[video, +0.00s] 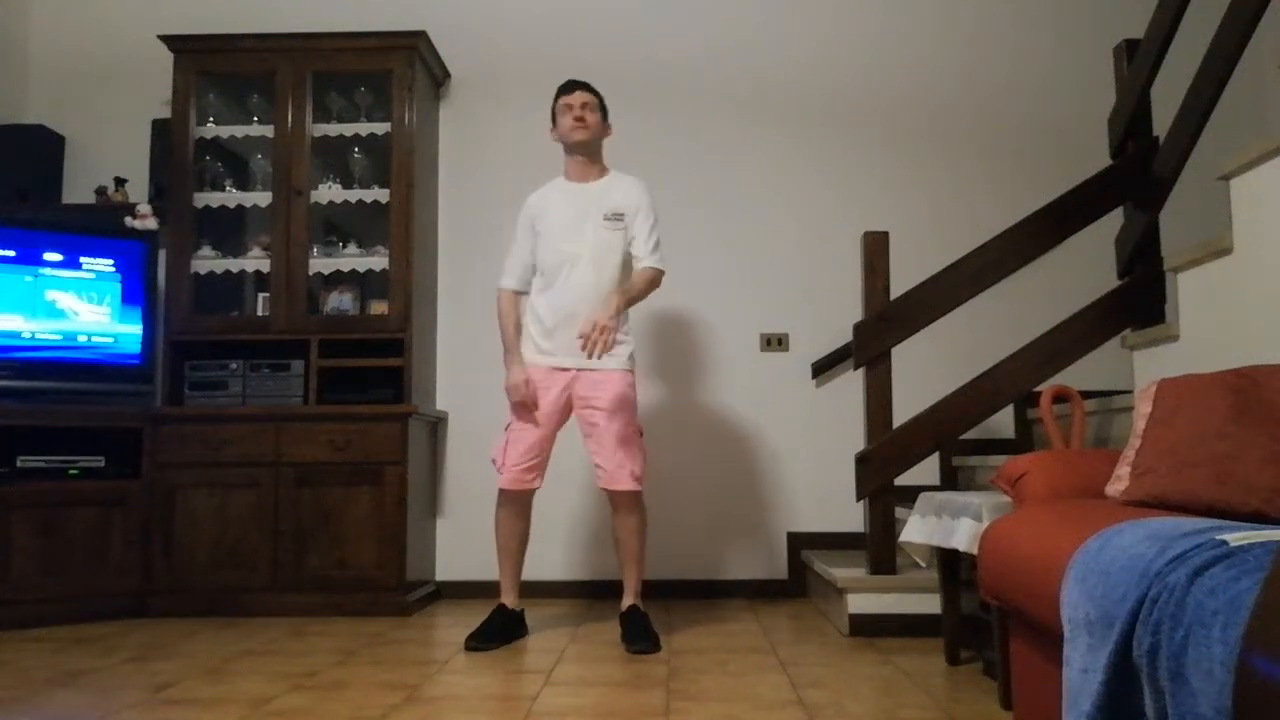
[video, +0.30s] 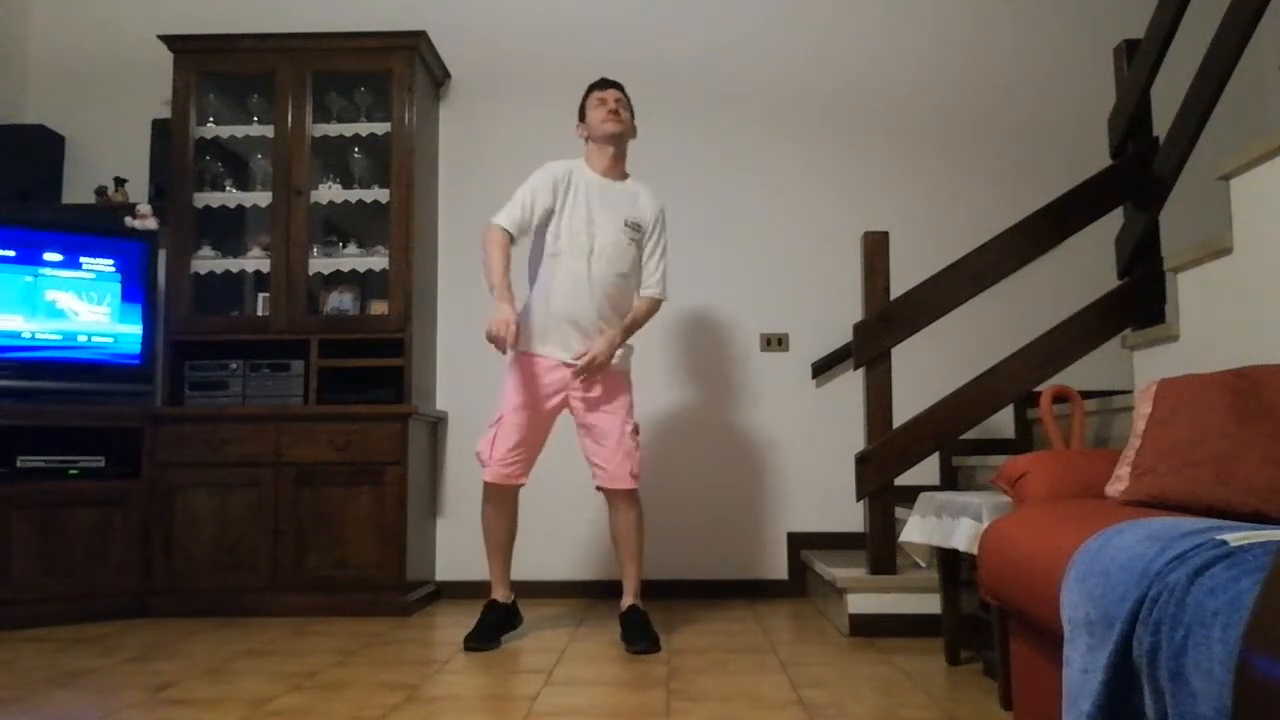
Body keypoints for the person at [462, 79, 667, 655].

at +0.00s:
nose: (579, 115)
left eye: (588, 109)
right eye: (568, 111)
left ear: (607, 127)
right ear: (554, 132)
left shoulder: (630, 194)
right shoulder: (537, 204)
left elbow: (649, 271)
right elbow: (510, 288)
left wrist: (615, 304)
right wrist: (512, 361)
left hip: (607, 365)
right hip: (541, 365)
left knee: (623, 485)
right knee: (513, 483)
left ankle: (632, 605)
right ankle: (508, 607)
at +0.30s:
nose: (614, 108)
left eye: (622, 105)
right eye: (601, 103)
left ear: (633, 128)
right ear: (581, 126)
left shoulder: (644, 203)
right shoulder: (555, 178)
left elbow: (652, 293)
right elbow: (497, 232)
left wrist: (615, 337)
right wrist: (503, 302)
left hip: (604, 367)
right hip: (536, 360)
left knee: (622, 484)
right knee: (499, 476)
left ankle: (632, 605)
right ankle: (499, 600)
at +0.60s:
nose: (582, 116)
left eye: (594, 112)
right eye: (575, 107)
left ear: (608, 130)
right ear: (558, 119)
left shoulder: (616, 204)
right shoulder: (521, 195)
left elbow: (640, 291)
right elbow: (473, 262)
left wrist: (603, 346)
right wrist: (493, 320)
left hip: (593, 370)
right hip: (524, 367)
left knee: (615, 484)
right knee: (500, 485)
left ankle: (632, 603)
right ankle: (504, 607)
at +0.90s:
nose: (528, 116)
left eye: (540, 110)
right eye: (521, 111)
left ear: (563, 131)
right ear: (512, 133)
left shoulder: (584, 177)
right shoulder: (508, 215)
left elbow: (632, 245)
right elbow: (492, 302)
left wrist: (593, 314)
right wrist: (501, 353)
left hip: (591, 368)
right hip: (528, 372)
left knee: (621, 478)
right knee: (506, 485)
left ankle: (634, 600)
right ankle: (505, 608)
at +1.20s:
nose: (562, 118)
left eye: (572, 110)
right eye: (553, 114)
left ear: (594, 125)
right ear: (543, 132)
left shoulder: (620, 185)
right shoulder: (529, 205)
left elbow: (651, 258)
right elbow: (505, 289)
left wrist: (608, 307)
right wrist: (513, 347)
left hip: (606, 362)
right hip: (539, 363)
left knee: (623, 485)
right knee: (512, 485)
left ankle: (632, 606)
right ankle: (506, 606)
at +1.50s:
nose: (607, 117)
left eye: (617, 114)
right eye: (596, 113)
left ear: (630, 138)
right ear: (579, 135)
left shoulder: (640, 210)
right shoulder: (554, 181)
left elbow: (645, 295)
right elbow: (499, 243)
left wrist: (616, 339)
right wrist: (496, 321)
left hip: (604, 369)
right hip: (538, 362)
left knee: (623, 485)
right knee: (507, 485)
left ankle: (632, 606)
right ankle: (505, 608)